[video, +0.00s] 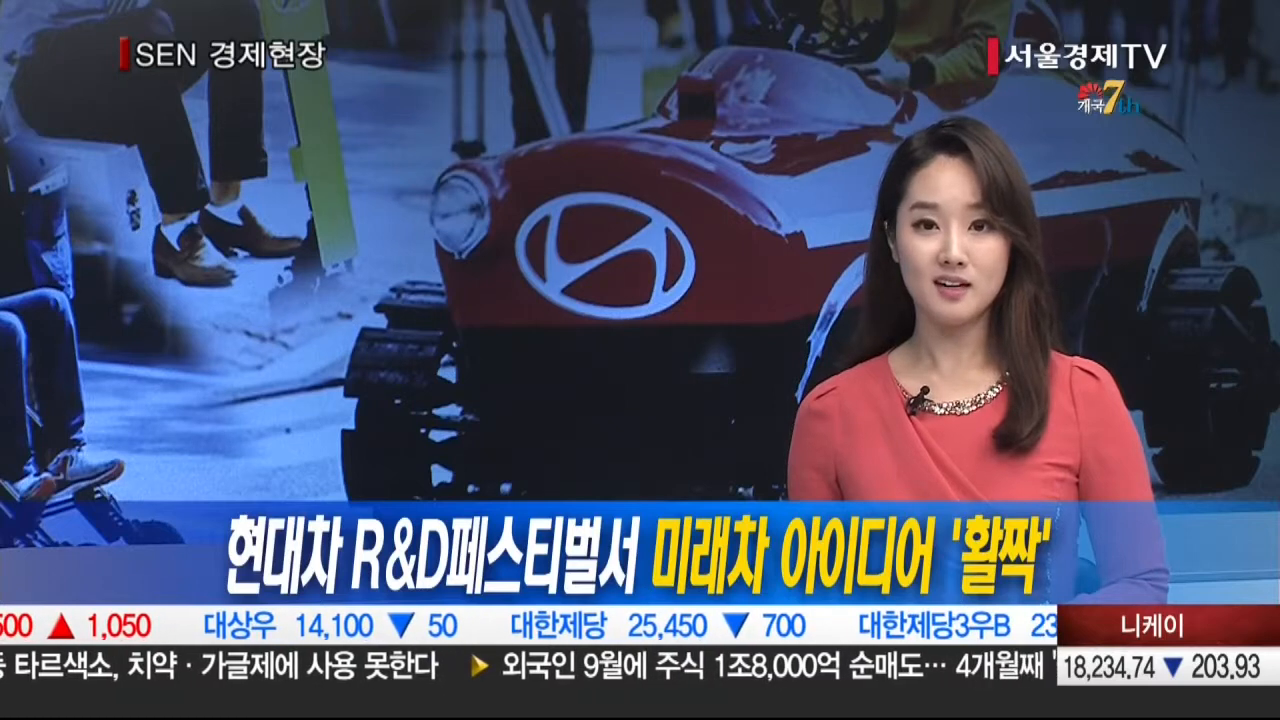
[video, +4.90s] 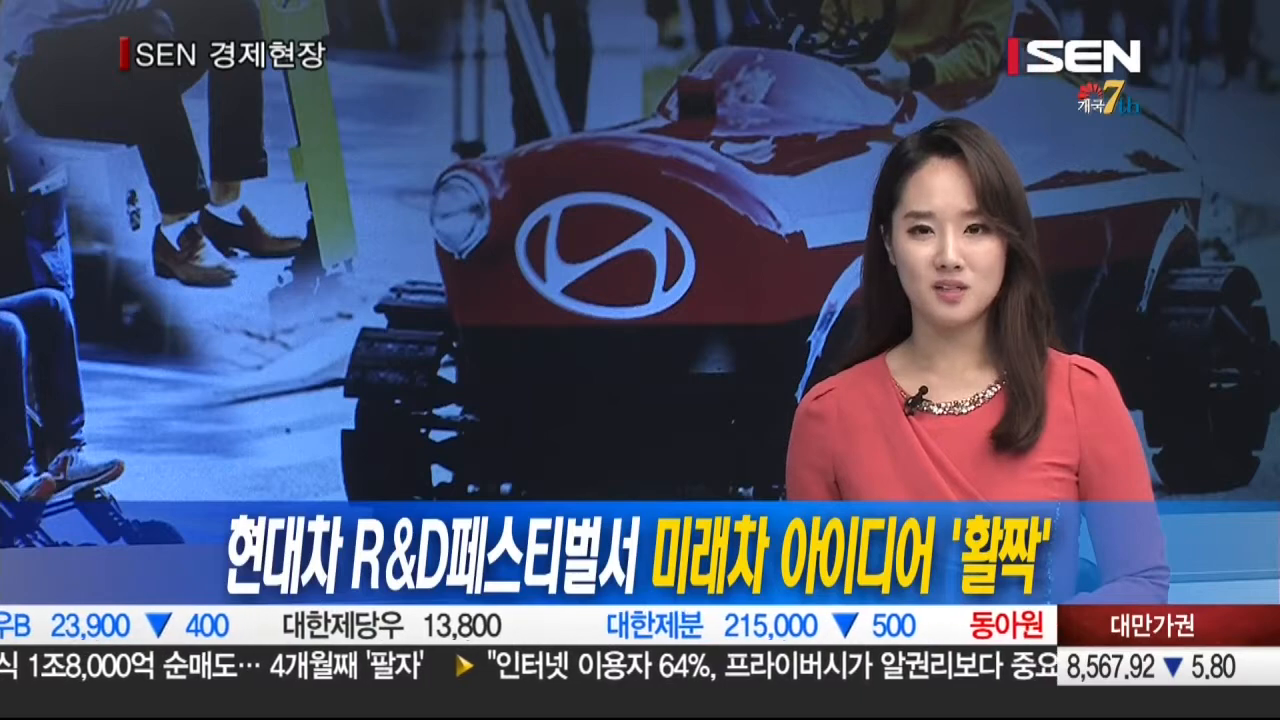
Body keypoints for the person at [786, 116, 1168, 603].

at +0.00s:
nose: (953, 253)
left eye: (981, 226)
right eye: (926, 225)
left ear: (1014, 244)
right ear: (892, 242)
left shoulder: (1083, 397)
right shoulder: (829, 415)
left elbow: (1142, 583)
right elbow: (812, 603)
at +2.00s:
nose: (954, 255)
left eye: (981, 226)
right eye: (926, 226)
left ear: (1015, 244)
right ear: (893, 243)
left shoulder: (1084, 397)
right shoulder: (831, 415)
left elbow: (1143, 581)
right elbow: (812, 603)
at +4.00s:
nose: (949, 262)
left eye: (976, 233)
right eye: (921, 234)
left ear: (1010, 247)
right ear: (888, 246)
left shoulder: (1082, 396)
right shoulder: (828, 417)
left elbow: (1142, 581)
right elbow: (810, 605)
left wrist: (1037, 641)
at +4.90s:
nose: (949, 257)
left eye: (976, 229)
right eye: (921, 230)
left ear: (1011, 244)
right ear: (889, 245)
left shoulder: (1082, 396)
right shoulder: (828, 415)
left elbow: (1144, 582)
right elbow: (808, 603)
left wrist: (1032, 637)